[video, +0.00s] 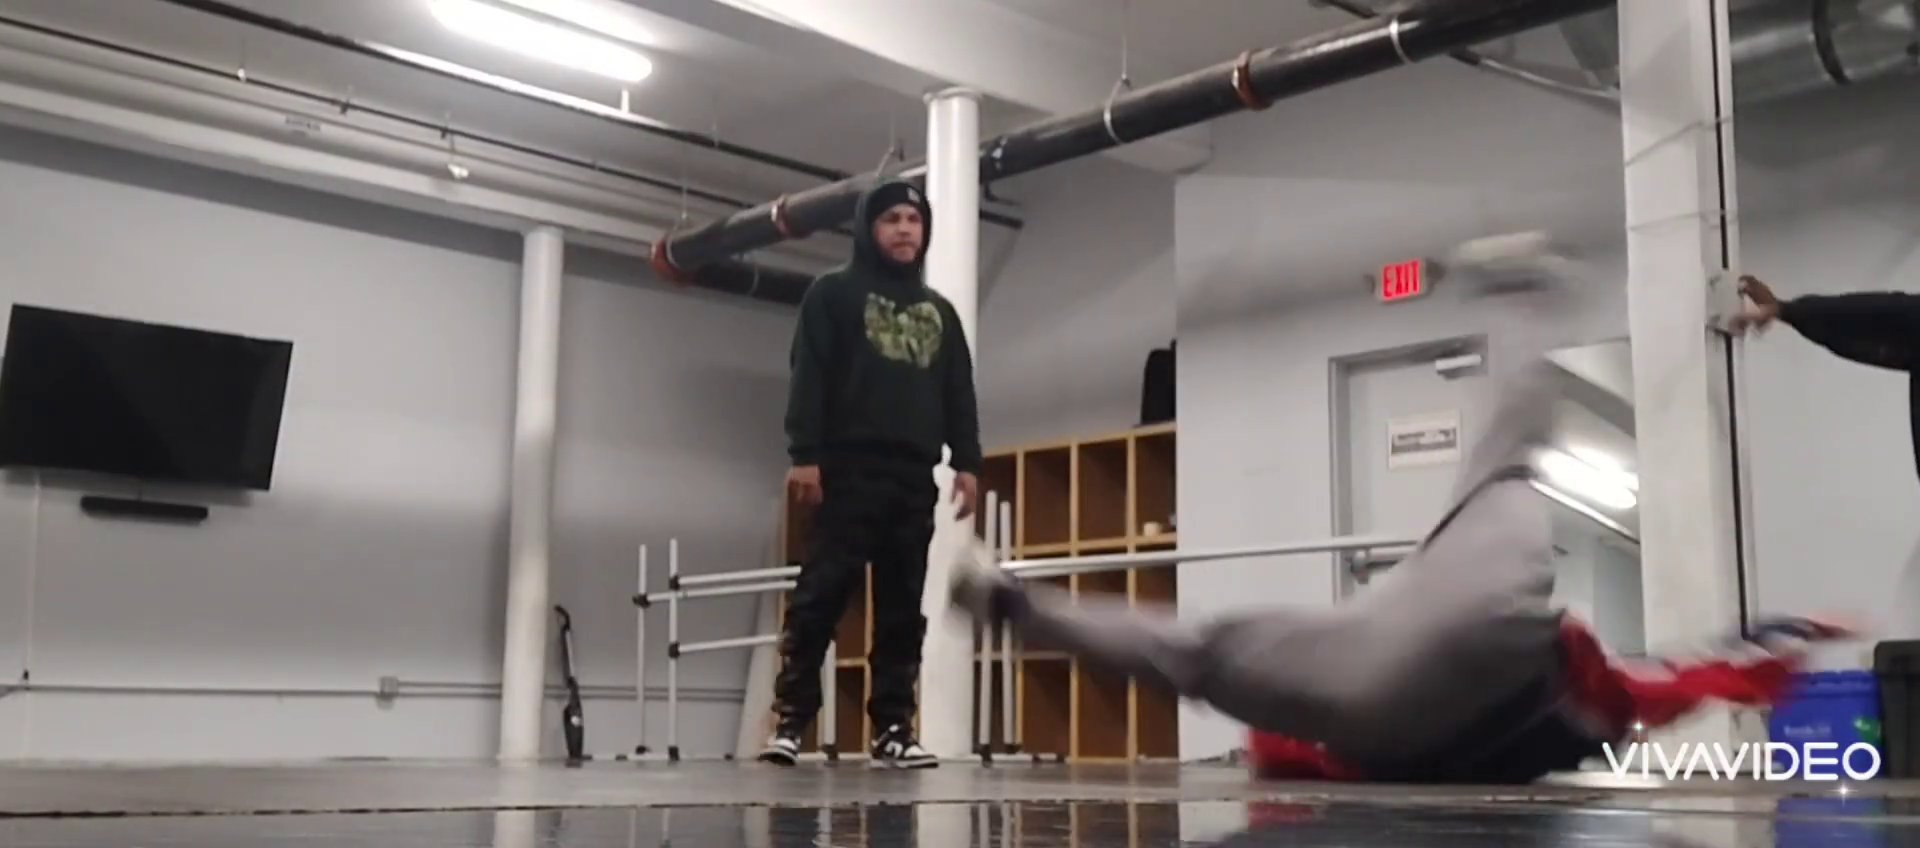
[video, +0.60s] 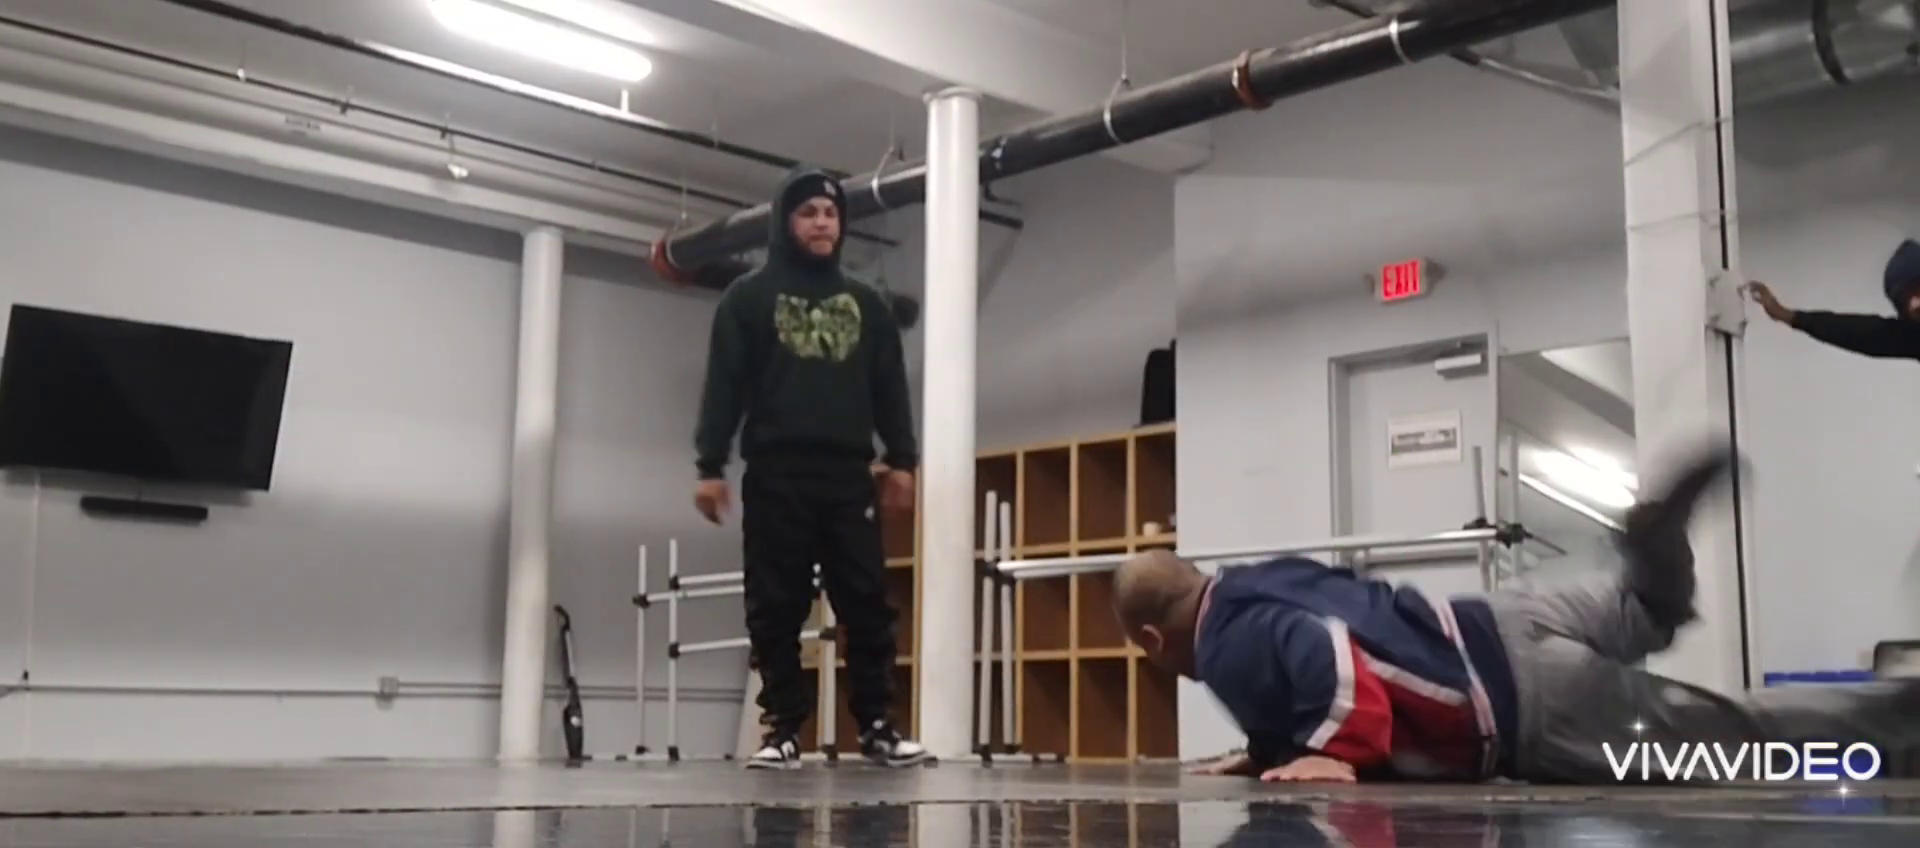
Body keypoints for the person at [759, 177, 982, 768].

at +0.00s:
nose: (905, 230)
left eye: (914, 221)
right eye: (893, 220)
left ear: (926, 233)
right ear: (867, 228)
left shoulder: (940, 312)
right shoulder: (832, 293)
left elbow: (959, 393)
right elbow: (807, 376)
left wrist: (967, 463)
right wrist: (804, 456)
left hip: (914, 474)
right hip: (846, 468)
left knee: (903, 607)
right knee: (820, 597)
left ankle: (893, 730)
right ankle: (791, 723)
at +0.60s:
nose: (822, 223)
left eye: (830, 213)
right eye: (809, 213)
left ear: (841, 223)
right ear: (785, 223)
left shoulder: (868, 301)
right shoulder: (749, 297)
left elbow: (889, 385)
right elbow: (723, 384)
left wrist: (902, 459)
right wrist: (711, 470)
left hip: (849, 472)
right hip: (775, 472)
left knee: (866, 601)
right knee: (773, 606)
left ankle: (877, 726)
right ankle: (782, 730)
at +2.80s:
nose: (692, 167)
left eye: (698, 159)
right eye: (679, 153)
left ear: (701, 173)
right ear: (644, 158)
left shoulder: (715, 252)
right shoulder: (598, 243)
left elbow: (741, 348)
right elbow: (576, 345)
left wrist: (760, 431)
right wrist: (582, 437)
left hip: (706, 446)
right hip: (630, 444)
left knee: (712, 593)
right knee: (628, 590)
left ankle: (697, 728)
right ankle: (627, 729)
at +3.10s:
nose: (692, 174)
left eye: (697, 165)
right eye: (679, 161)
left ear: (699, 178)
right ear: (644, 164)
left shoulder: (716, 258)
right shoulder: (598, 247)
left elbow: (739, 351)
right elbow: (577, 349)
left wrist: (751, 428)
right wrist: (591, 438)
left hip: (705, 449)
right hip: (631, 447)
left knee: (717, 589)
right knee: (626, 589)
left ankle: (693, 705)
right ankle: (627, 723)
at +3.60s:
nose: (728, 198)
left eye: (732, 189)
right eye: (717, 186)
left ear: (730, 200)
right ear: (682, 188)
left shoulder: (730, 278)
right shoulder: (642, 261)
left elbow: (749, 372)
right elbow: (625, 355)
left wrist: (770, 458)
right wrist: (631, 442)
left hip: (717, 457)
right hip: (659, 451)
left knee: (699, 599)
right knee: (639, 590)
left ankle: (682, 731)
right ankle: (628, 729)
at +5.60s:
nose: (730, 237)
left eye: (736, 231)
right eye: (719, 226)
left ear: (738, 245)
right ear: (689, 230)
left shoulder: (742, 320)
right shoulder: (642, 301)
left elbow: (759, 404)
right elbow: (619, 386)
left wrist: (773, 469)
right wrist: (632, 464)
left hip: (727, 488)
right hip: (662, 484)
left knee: (737, 615)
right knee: (650, 613)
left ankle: (752, 733)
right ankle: (643, 735)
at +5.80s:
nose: (759, 245)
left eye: (764, 237)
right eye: (748, 233)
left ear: (766, 249)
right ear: (716, 237)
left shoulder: (765, 322)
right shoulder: (674, 304)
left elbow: (780, 406)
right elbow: (655, 388)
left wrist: (789, 476)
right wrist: (668, 465)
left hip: (754, 490)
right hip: (694, 485)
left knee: (751, 619)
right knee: (668, 613)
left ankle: (756, 734)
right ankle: (646, 735)